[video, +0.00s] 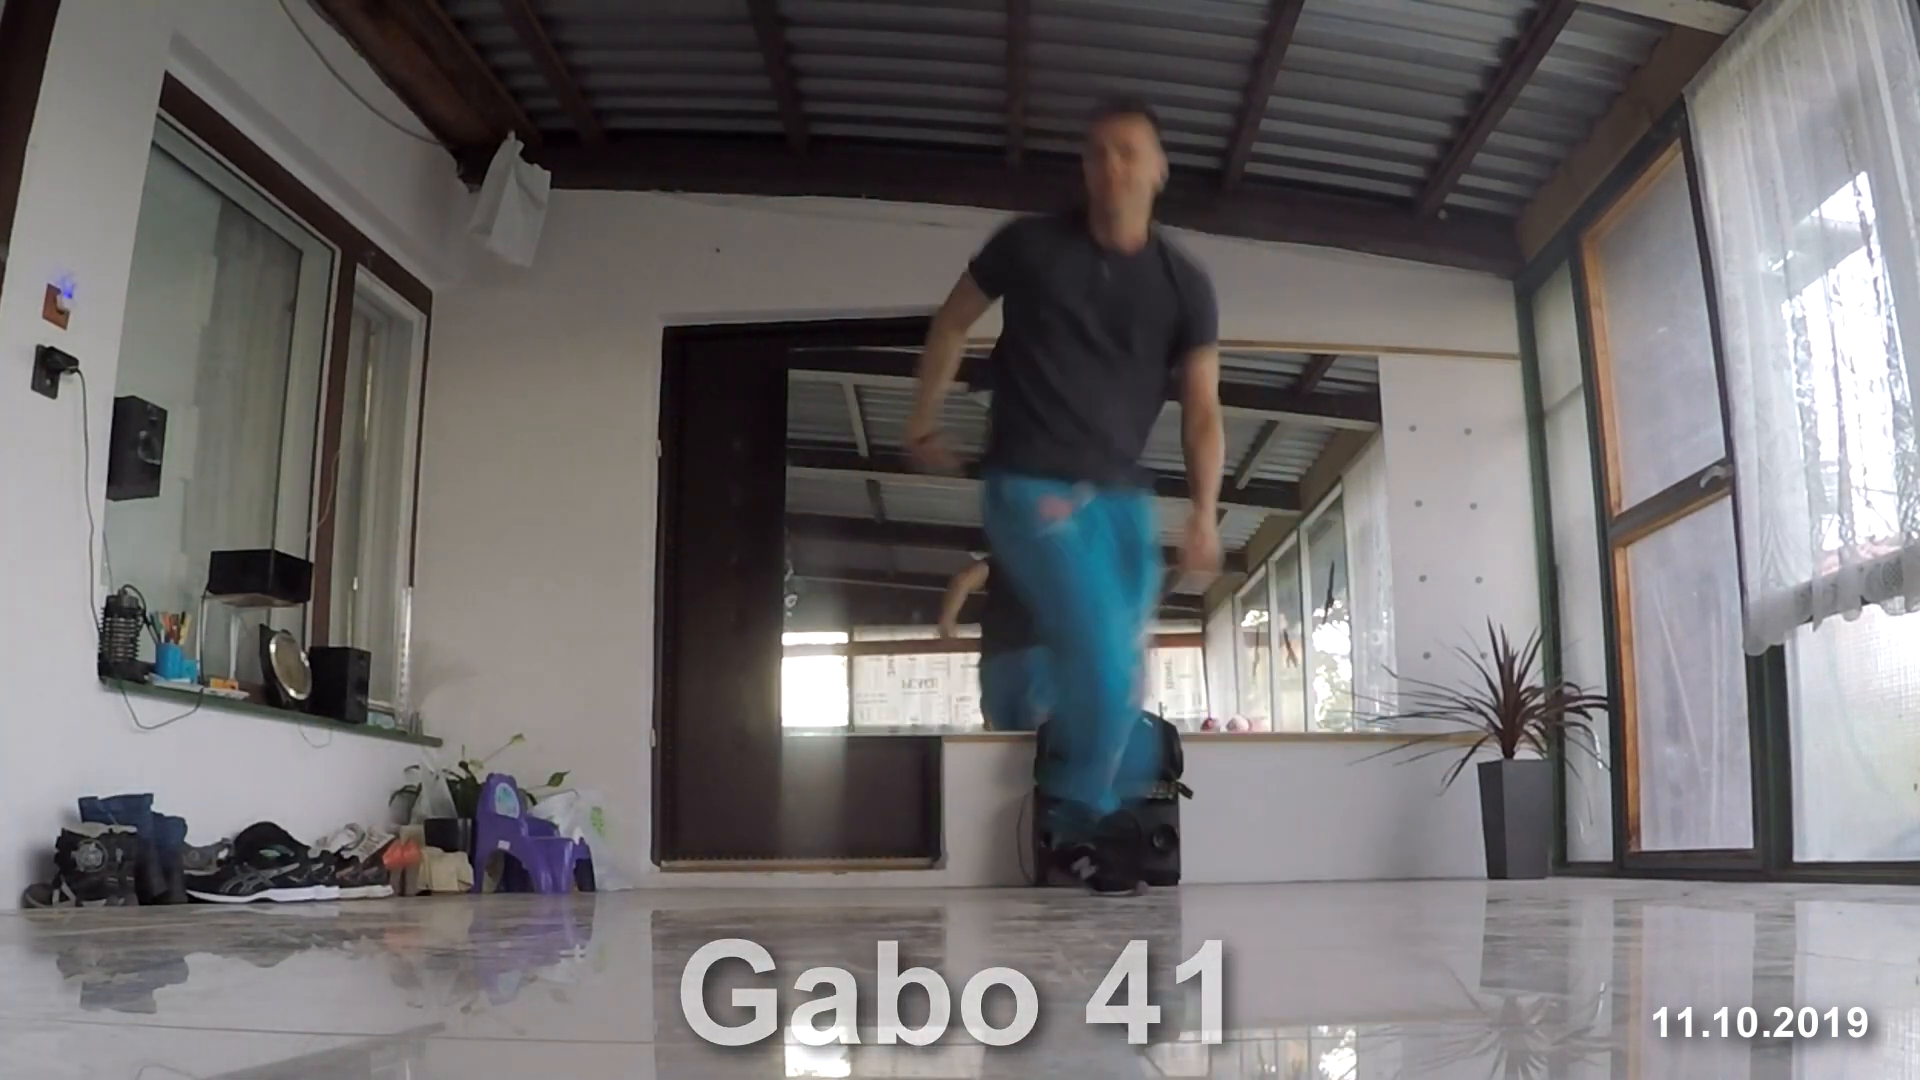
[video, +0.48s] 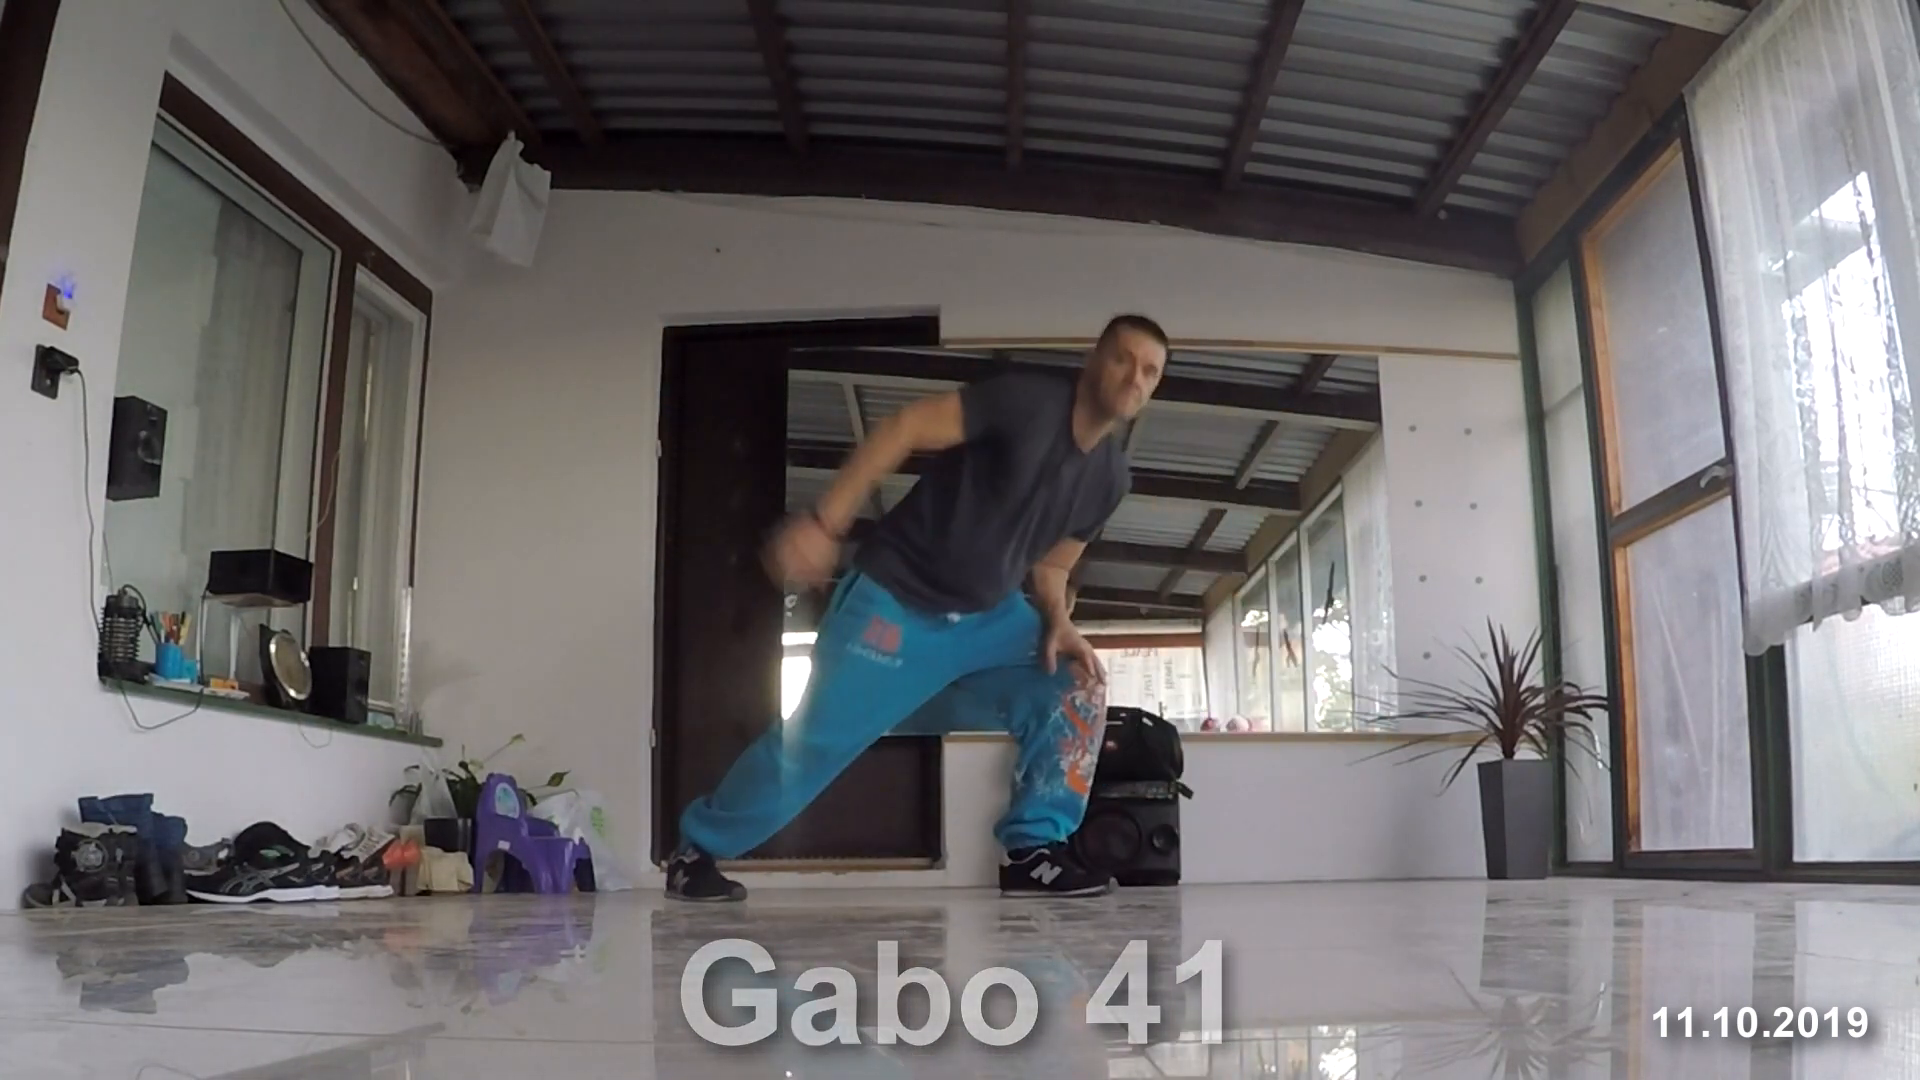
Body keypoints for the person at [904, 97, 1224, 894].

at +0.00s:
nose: (1111, 167)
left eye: (1127, 153)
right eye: (1097, 153)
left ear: (1160, 169)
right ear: (1081, 167)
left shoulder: (1183, 281)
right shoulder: (1027, 246)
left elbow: (1202, 411)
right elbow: (951, 324)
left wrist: (1205, 515)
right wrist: (922, 421)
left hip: (1123, 492)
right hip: (1033, 484)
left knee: (1118, 664)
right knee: (1102, 654)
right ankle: (1075, 825)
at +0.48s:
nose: (1135, 379)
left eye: (1150, 373)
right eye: (1125, 361)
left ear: (1154, 388)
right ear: (1093, 359)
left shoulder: (1110, 476)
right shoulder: (1024, 399)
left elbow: (1053, 565)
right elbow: (904, 427)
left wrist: (1060, 621)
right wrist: (826, 524)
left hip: (990, 614)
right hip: (896, 598)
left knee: (1075, 687)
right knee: (817, 740)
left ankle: (1034, 854)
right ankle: (697, 849)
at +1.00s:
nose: (1120, 243)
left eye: (1134, 233)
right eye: (1108, 228)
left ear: (1148, 244)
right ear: (1081, 230)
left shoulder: (1151, 341)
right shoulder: (1023, 289)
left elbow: (1204, 441)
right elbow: (936, 361)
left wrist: (1264, 477)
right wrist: (892, 457)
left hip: (1083, 530)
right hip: (1015, 507)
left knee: (1095, 680)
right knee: (1092, 664)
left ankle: (983, 823)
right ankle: (1157, 821)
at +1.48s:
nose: (1167, 418)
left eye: (1182, 404)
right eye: (1152, 403)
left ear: (1201, 415)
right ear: (1128, 409)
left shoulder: (1216, 503)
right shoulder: (1074, 488)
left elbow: (1257, 576)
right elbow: (978, 549)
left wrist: (1244, 645)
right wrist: (1037, 636)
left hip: (1162, 696)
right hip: (1060, 693)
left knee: (1261, 696)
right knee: (1112, 668)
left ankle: (1178, 843)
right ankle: (1116, 853)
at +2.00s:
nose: (1035, 426)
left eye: (1046, 403)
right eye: (1014, 410)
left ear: (1063, 397)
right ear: (985, 414)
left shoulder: (1114, 423)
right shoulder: (986, 525)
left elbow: (1235, 394)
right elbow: (957, 667)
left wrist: (1331, 357)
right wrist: (914, 804)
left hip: (1176, 647)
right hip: (1097, 689)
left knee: (1325, 672)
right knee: (1182, 606)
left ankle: (1212, 790)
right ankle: (1325, 777)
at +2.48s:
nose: (862, 587)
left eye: (862, 564)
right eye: (847, 583)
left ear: (897, 529)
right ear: (852, 587)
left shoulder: (986, 562)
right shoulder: (932, 630)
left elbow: (1033, 717)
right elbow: (937, 749)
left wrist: (1030, 878)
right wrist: (916, 871)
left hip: (1207, 654)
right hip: (1135, 707)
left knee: (1366, 771)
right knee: (1033, 772)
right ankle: (1223, 822)